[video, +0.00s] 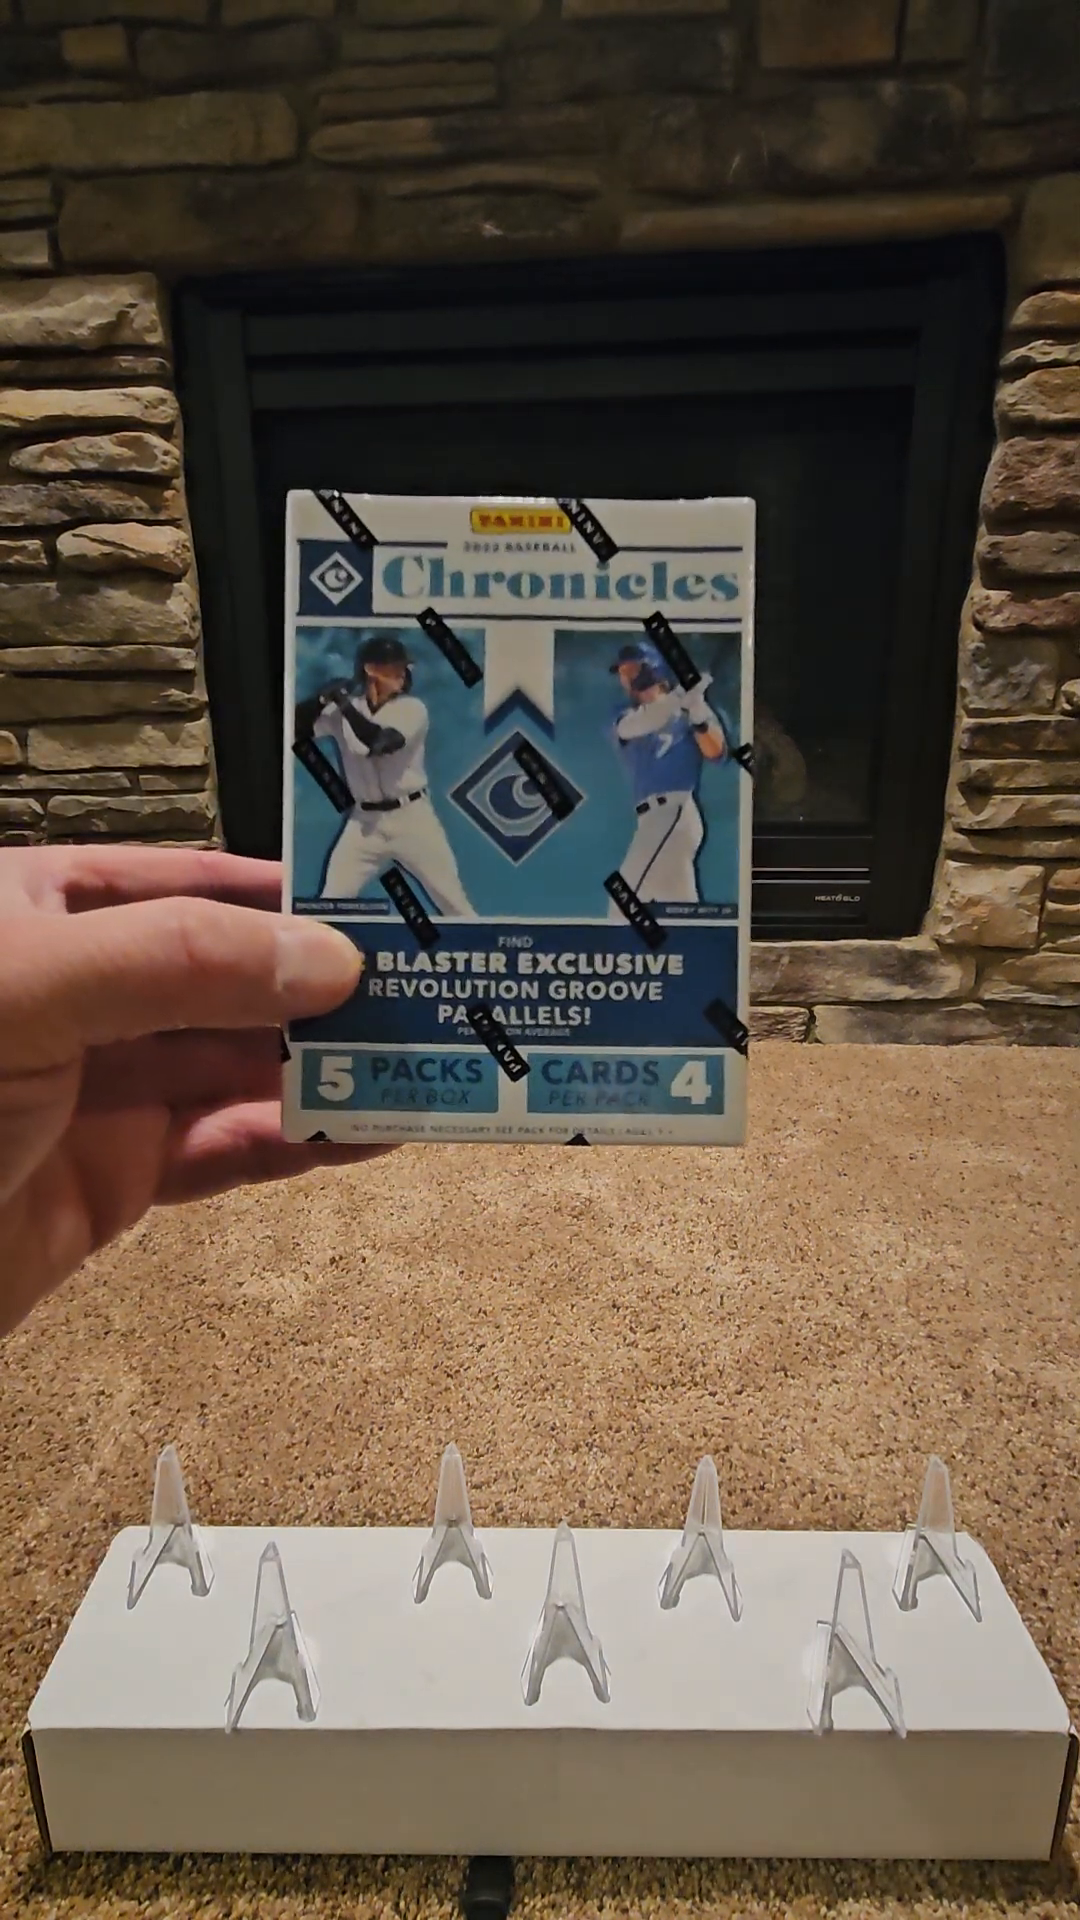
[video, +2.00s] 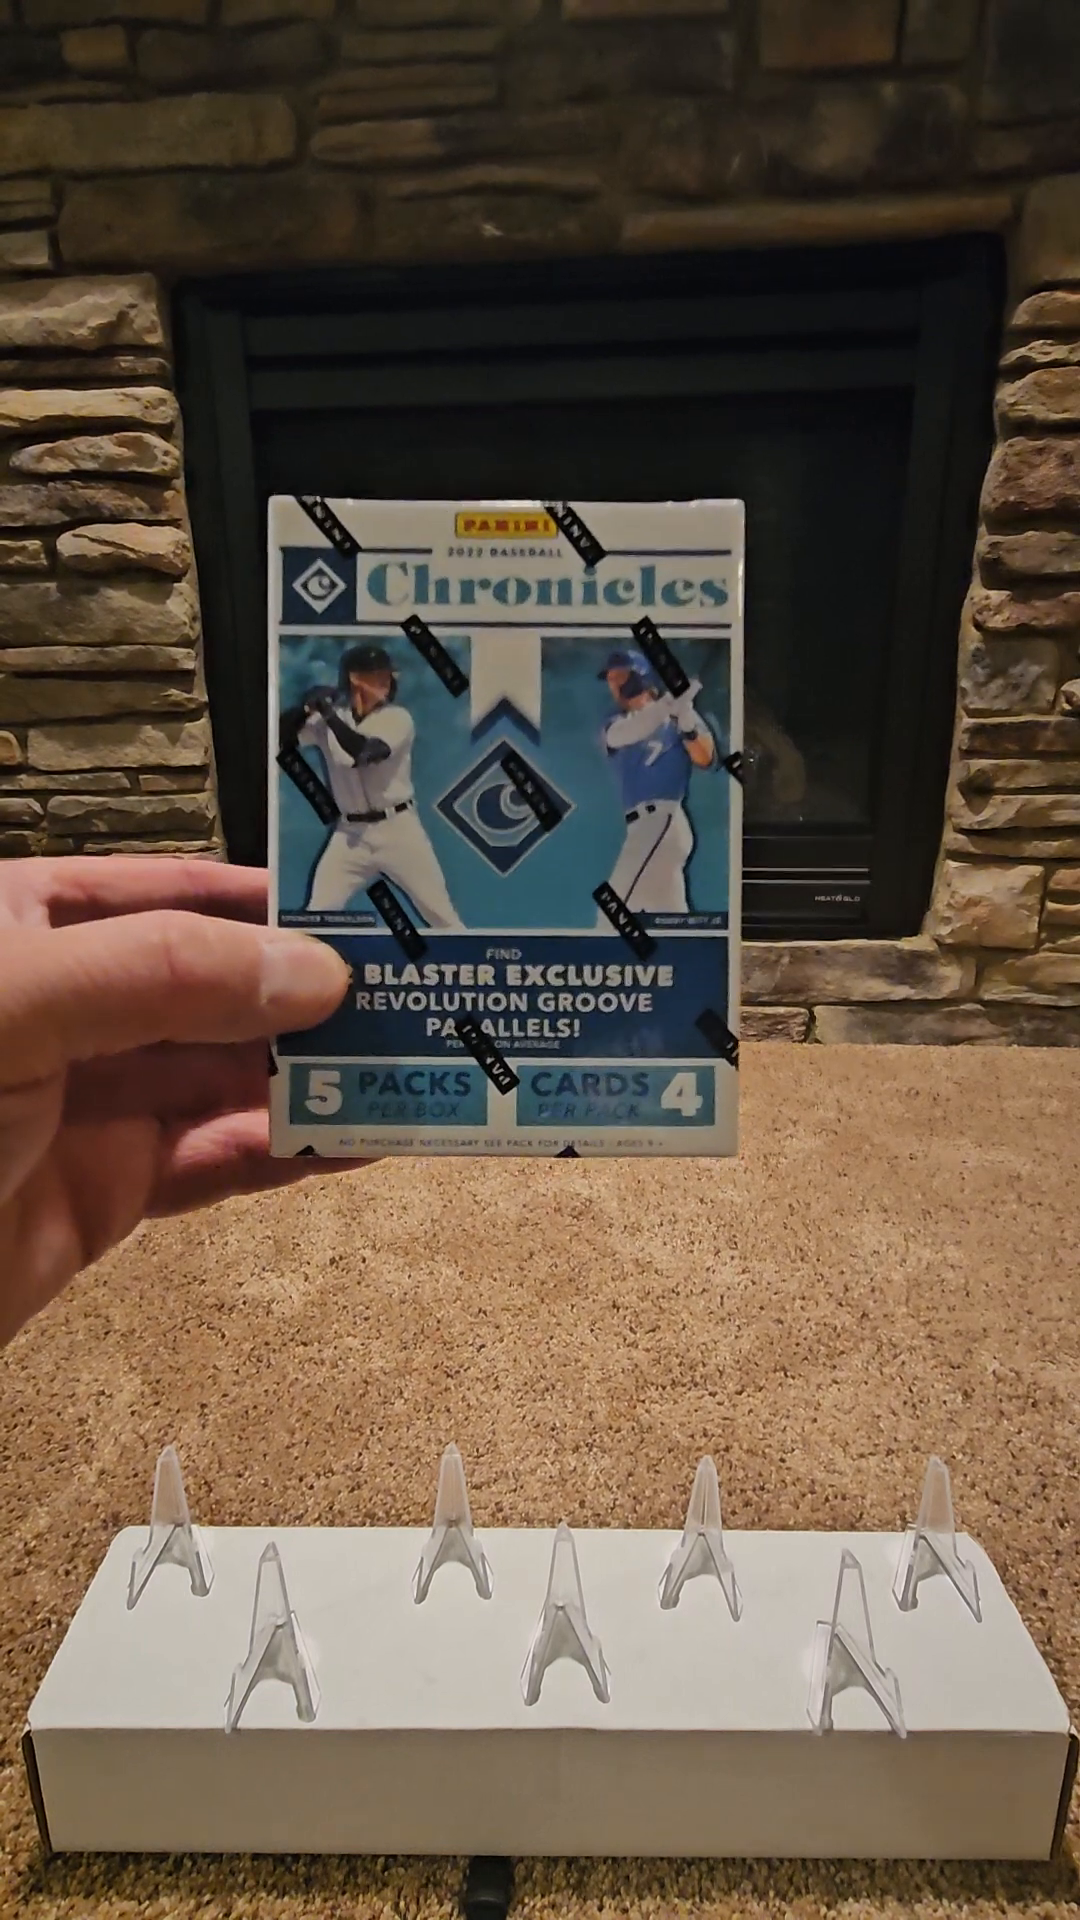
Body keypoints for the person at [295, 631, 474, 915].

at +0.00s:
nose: (402, 673)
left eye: (403, 667)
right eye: (394, 666)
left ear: (404, 671)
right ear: (371, 670)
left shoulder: (411, 709)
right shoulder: (341, 712)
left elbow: (377, 743)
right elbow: (293, 730)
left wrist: (343, 703)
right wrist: (321, 700)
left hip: (413, 819)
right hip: (364, 823)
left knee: (454, 903)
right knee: (332, 905)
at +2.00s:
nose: (387, 679)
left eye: (388, 673)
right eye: (379, 673)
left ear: (391, 678)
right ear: (355, 679)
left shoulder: (397, 718)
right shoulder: (326, 722)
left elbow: (364, 753)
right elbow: (281, 735)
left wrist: (327, 714)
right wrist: (306, 708)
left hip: (399, 831)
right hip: (350, 835)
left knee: (441, 916)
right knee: (318, 917)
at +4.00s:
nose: (372, 647)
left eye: (373, 640)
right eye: (362, 641)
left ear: (377, 644)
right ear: (338, 647)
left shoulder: (384, 687)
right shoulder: (308, 694)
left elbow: (349, 725)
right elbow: (261, 712)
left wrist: (311, 683)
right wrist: (285, 681)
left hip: (387, 805)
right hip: (336, 810)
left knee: (432, 892)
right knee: (304, 897)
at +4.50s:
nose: (336, 601)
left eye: (337, 594)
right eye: (326, 594)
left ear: (340, 599)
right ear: (300, 601)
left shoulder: (349, 645)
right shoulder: (266, 650)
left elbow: (311, 686)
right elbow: (216, 669)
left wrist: (270, 641)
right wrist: (243, 635)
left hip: (352, 774)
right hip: (296, 779)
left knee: (400, 871)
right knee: (261, 875)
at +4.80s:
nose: (342, 551)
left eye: (343, 543)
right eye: (331, 543)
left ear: (348, 550)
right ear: (304, 551)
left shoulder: (356, 600)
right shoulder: (269, 606)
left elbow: (317, 643)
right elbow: (213, 622)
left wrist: (272, 595)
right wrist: (243, 591)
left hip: (361, 738)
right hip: (301, 744)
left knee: (413, 840)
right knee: (265, 848)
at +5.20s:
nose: (368, 501)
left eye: (370, 492)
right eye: (356, 492)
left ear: (377, 498)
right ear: (327, 499)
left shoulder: (385, 553)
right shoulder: (290, 559)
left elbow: (341, 602)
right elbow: (227, 583)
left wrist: (292, 548)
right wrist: (261, 543)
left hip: (389, 708)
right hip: (323, 714)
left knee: (446, 824)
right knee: (282, 829)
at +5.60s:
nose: (374, 549)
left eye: (379, 541)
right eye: (362, 540)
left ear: (387, 549)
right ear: (337, 547)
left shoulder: (396, 599)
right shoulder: (304, 604)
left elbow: (355, 646)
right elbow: (245, 631)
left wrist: (306, 595)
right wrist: (274, 589)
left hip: (399, 747)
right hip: (334, 753)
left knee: (454, 861)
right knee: (294, 864)